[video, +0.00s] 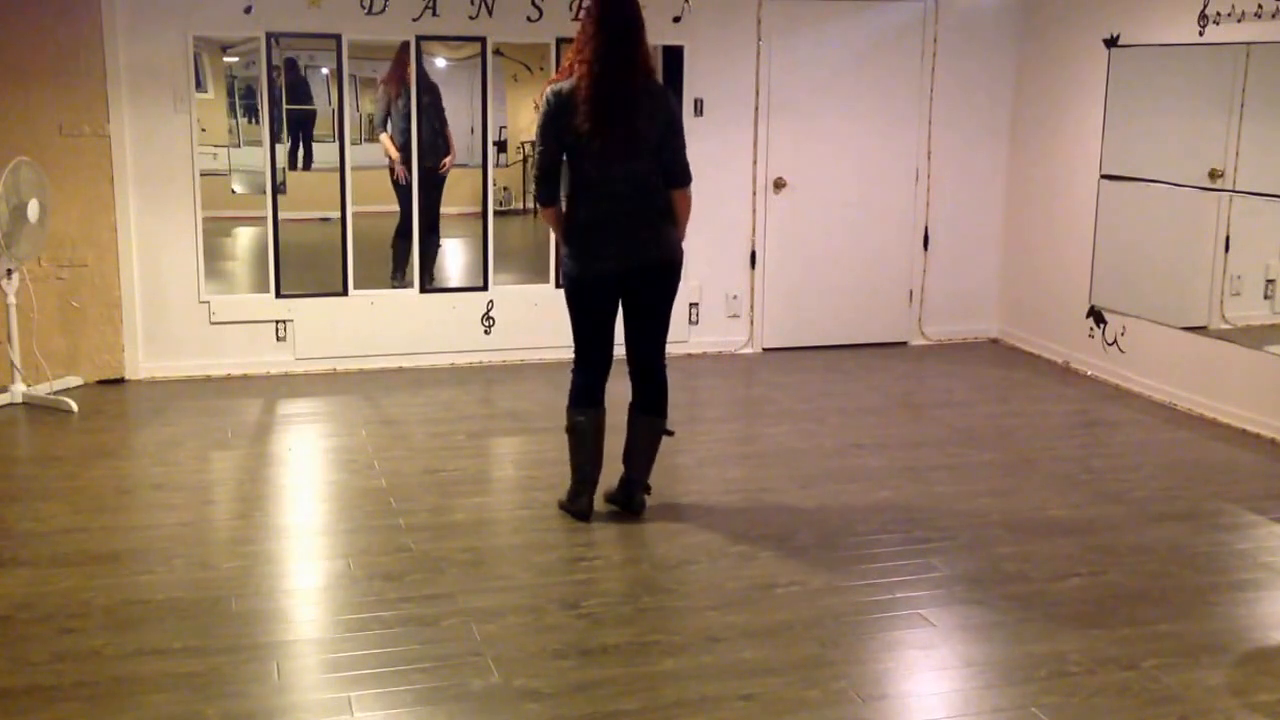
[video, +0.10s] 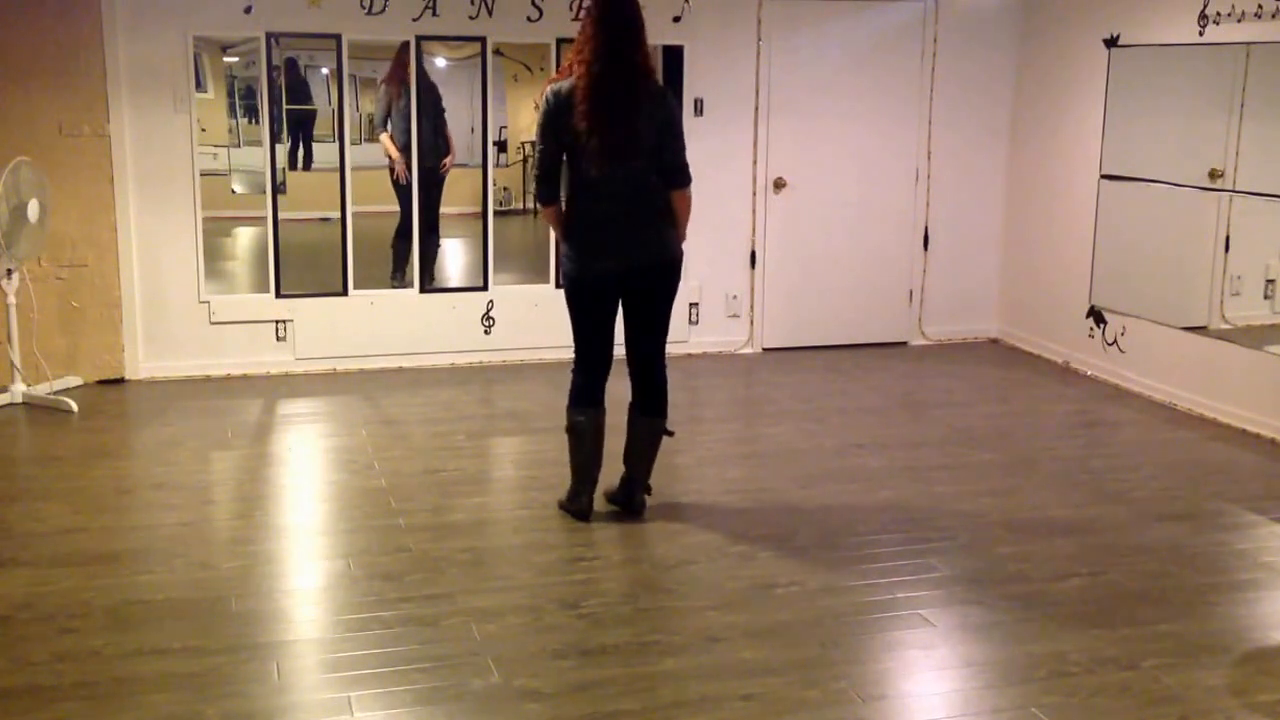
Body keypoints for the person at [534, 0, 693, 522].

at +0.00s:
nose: (578, 32)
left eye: (582, 24)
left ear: (585, 36)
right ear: (638, 37)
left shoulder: (562, 98)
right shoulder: (658, 96)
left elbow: (545, 193)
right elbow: (678, 181)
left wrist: (570, 236)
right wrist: (676, 236)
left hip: (589, 255)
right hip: (654, 253)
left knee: (589, 362)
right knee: (648, 364)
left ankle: (582, 489)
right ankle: (634, 486)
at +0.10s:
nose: (579, 33)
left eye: (583, 26)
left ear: (585, 37)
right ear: (638, 38)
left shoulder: (561, 97)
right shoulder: (657, 97)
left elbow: (545, 192)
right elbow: (677, 180)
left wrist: (570, 235)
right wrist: (678, 235)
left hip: (589, 255)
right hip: (653, 254)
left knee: (589, 362)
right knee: (648, 364)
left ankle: (581, 489)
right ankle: (635, 486)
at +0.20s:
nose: (580, 31)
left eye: (584, 24)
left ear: (585, 36)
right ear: (637, 38)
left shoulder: (560, 96)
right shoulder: (657, 97)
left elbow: (546, 190)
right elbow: (674, 180)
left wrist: (572, 234)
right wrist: (679, 233)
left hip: (588, 256)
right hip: (652, 254)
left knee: (589, 362)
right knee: (647, 364)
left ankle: (580, 489)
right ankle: (635, 486)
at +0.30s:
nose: (577, 32)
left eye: (582, 25)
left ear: (584, 36)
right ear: (636, 39)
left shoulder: (560, 96)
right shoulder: (656, 97)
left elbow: (546, 190)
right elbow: (673, 181)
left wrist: (573, 233)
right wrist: (676, 235)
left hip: (587, 257)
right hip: (651, 256)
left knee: (589, 362)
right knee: (646, 364)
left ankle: (580, 488)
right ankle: (635, 486)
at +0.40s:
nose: (577, 31)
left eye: (581, 25)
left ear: (583, 36)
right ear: (635, 38)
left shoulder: (559, 96)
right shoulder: (655, 98)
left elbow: (545, 188)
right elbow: (671, 182)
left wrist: (571, 231)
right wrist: (674, 236)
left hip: (584, 256)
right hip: (649, 255)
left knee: (588, 361)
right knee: (645, 364)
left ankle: (580, 489)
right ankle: (636, 486)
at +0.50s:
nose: (576, 34)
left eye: (579, 26)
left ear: (580, 36)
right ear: (632, 38)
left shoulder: (558, 94)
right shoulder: (654, 98)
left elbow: (539, 178)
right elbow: (668, 182)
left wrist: (562, 227)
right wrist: (673, 240)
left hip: (578, 254)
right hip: (642, 253)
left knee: (584, 362)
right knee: (640, 363)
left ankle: (580, 491)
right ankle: (634, 487)